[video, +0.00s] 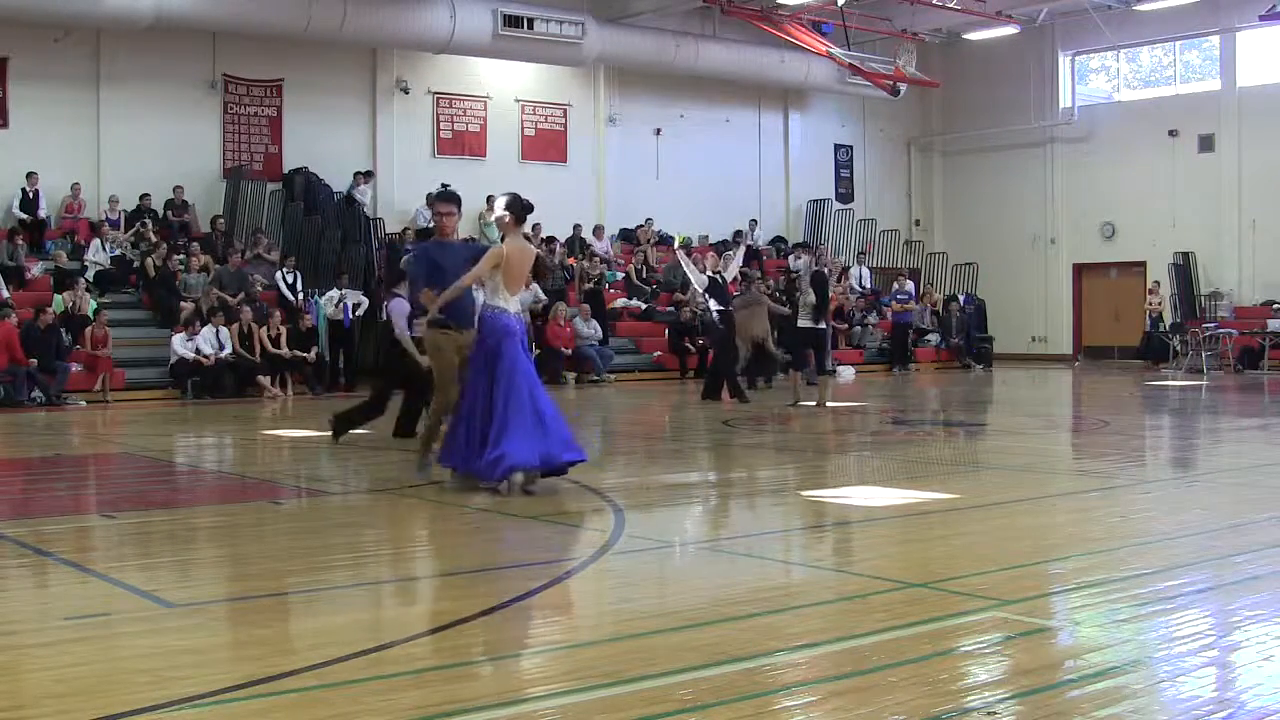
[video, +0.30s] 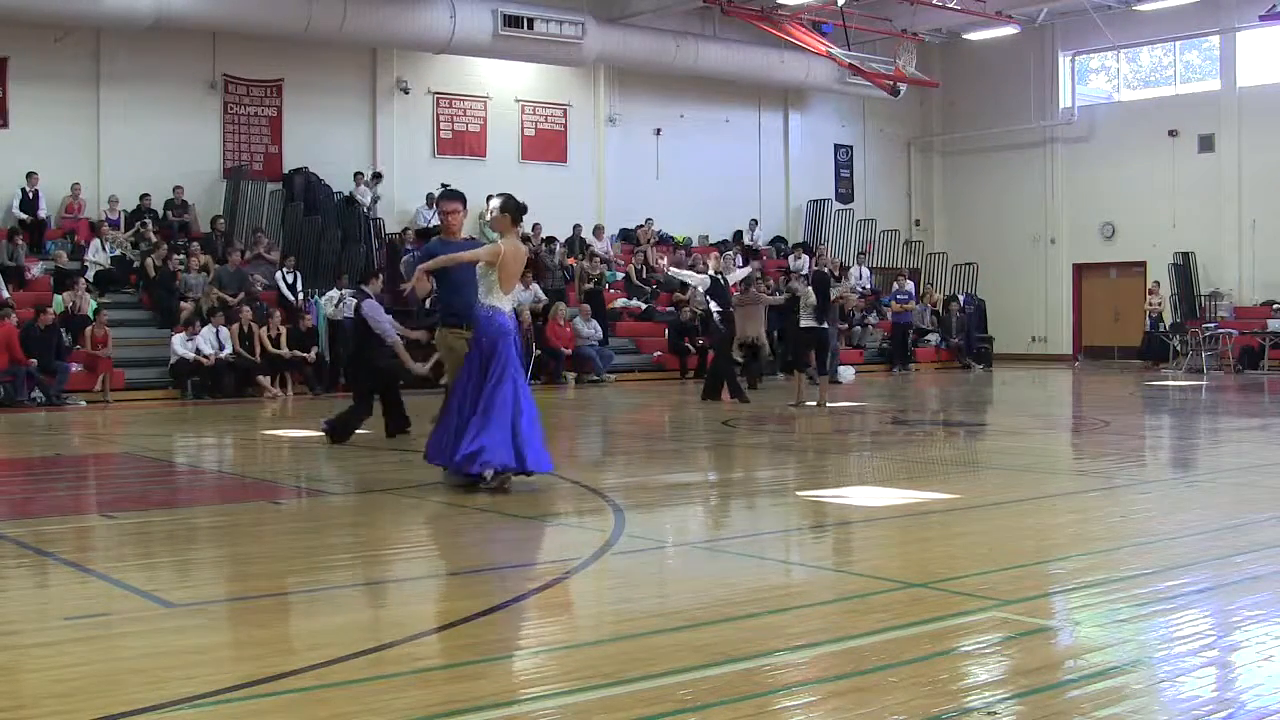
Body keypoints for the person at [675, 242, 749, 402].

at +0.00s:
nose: (713, 259)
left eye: (714, 257)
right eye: (710, 257)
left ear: (718, 261)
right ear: (705, 262)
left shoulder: (724, 277)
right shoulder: (703, 280)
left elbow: (735, 264)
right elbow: (690, 269)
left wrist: (744, 245)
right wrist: (679, 252)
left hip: (729, 316)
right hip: (717, 317)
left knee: (722, 354)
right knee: (728, 353)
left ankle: (711, 392)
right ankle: (737, 392)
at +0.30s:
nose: (718, 261)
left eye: (719, 259)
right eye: (715, 259)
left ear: (721, 262)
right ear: (708, 262)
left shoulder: (725, 279)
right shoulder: (706, 279)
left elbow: (739, 273)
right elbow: (689, 276)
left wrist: (751, 267)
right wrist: (669, 269)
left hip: (729, 317)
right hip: (716, 318)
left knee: (722, 355)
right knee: (724, 355)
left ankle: (710, 392)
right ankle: (738, 393)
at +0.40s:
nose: (726, 262)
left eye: (726, 260)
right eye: (722, 259)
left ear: (724, 263)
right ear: (714, 262)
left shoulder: (725, 279)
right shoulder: (709, 279)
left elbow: (738, 280)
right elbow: (689, 280)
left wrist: (750, 278)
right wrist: (668, 279)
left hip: (729, 320)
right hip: (717, 321)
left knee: (722, 357)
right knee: (726, 356)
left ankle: (711, 392)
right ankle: (738, 392)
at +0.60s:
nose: (729, 263)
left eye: (730, 260)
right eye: (725, 260)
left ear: (729, 262)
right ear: (717, 260)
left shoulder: (725, 281)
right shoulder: (710, 278)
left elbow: (735, 298)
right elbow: (691, 290)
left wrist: (747, 297)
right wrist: (682, 296)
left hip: (727, 323)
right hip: (717, 323)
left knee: (721, 357)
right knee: (727, 355)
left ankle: (710, 392)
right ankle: (738, 392)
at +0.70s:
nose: (731, 263)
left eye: (732, 261)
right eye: (728, 260)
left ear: (730, 262)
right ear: (719, 260)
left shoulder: (726, 278)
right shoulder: (712, 278)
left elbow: (730, 298)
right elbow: (695, 299)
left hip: (728, 324)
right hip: (719, 325)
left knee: (719, 359)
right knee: (729, 359)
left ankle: (710, 391)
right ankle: (738, 392)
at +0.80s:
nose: (733, 264)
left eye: (734, 261)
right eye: (730, 260)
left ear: (732, 262)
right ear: (722, 260)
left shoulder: (728, 277)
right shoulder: (716, 277)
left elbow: (730, 303)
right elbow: (709, 298)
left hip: (729, 324)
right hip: (720, 324)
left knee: (718, 358)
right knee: (731, 358)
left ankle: (709, 391)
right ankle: (734, 393)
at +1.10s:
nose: (744, 265)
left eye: (744, 262)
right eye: (741, 262)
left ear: (732, 263)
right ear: (731, 262)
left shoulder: (729, 279)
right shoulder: (727, 280)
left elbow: (731, 305)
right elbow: (732, 304)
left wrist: (737, 327)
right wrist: (737, 327)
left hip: (725, 321)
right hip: (725, 322)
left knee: (725, 357)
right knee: (732, 357)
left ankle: (711, 390)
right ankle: (733, 394)